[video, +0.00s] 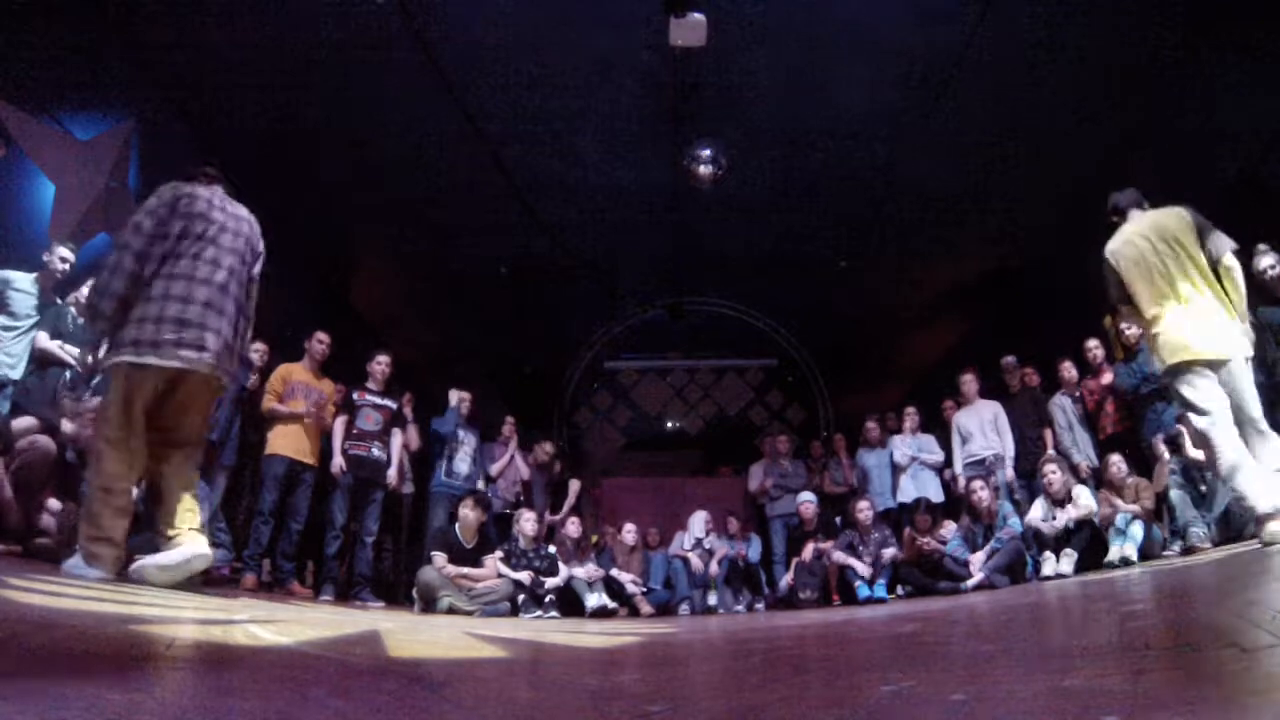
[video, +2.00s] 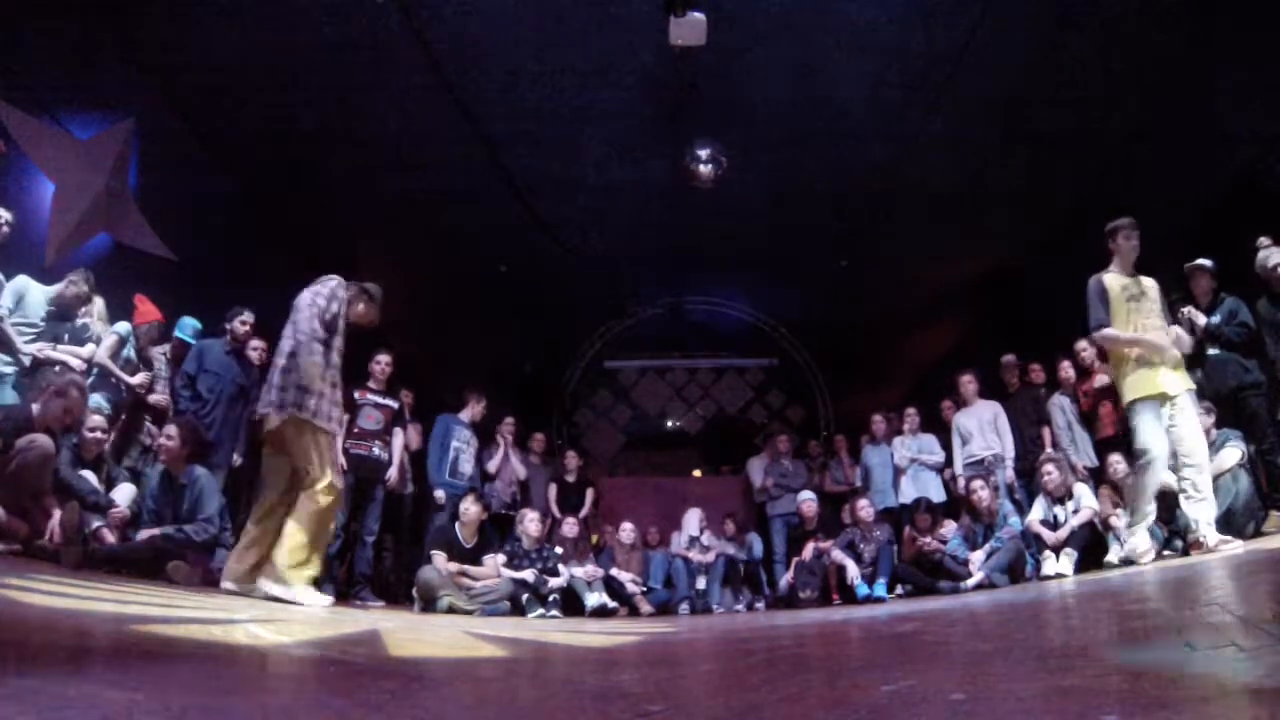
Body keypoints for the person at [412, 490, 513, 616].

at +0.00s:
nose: (466, 512)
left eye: (473, 509)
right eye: (464, 507)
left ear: (483, 517)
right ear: (458, 510)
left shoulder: (485, 539)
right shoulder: (442, 534)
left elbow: (492, 572)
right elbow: (441, 568)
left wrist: (460, 571)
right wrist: (474, 585)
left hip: (477, 590)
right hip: (448, 588)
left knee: (507, 585)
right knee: (426, 574)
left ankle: (455, 606)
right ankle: (477, 610)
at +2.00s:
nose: (466, 507)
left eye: (473, 504)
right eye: (464, 502)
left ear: (484, 515)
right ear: (459, 506)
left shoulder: (485, 537)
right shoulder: (442, 532)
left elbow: (493, 572)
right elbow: (441, 567)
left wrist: (461, 568)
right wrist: (474, 584)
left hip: (477, 589)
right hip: (447, 587)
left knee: (506, 585)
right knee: (427, 574)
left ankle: (454, 605)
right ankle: (477, 609)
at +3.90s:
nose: (493, 519)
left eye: (493, 514)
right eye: (490, 514)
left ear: (477, 514)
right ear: (475, 514)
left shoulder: (486, 538)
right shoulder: (445, 532)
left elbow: (492, 572)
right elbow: (441, 569)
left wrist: (462, 569)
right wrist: (475, 584)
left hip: (477, 590)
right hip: (449, 588)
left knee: (507, 585)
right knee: (429, 572)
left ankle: (456, 604)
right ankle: (476, 609)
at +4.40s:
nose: (489, 514)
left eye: (490, 510)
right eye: (485, 509)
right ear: (466, 509)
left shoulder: (486, 536)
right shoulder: (443, 532)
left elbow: (492, 572)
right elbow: (441, 570)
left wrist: (462, 569)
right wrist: (475, 584)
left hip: (478, 590)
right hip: (448, 589)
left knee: (507, 585)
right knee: (427, 573)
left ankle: (453, 605)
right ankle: (477, 610)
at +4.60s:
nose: (487, 513)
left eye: (488, 508)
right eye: (482, 507)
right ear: (465, 509)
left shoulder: (484, 536)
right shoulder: (444, 530)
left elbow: (492, 572)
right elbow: (441, 569)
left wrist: (461, 569)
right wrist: (474, 584)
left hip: (477, 590)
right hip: (448, 588)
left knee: (507, 585)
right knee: (427, 573)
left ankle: (455, 604)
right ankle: (477, 609)